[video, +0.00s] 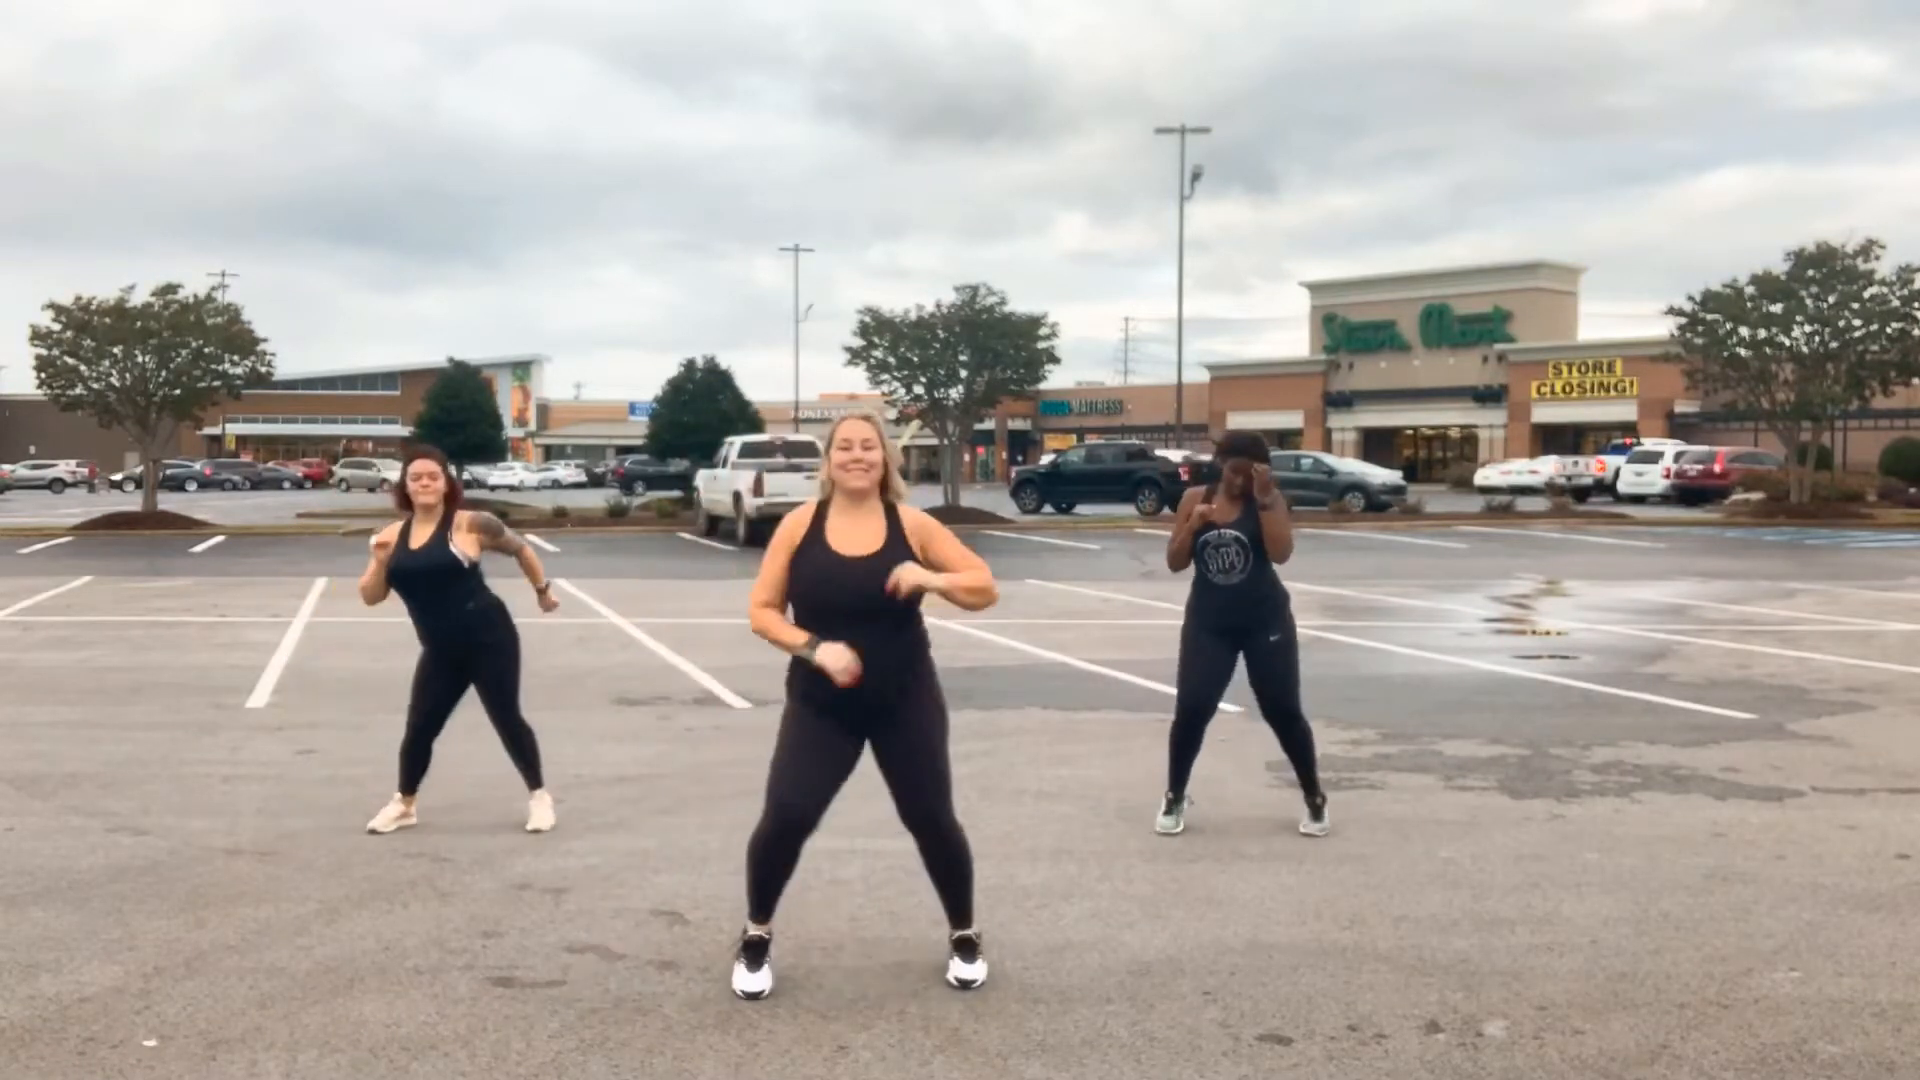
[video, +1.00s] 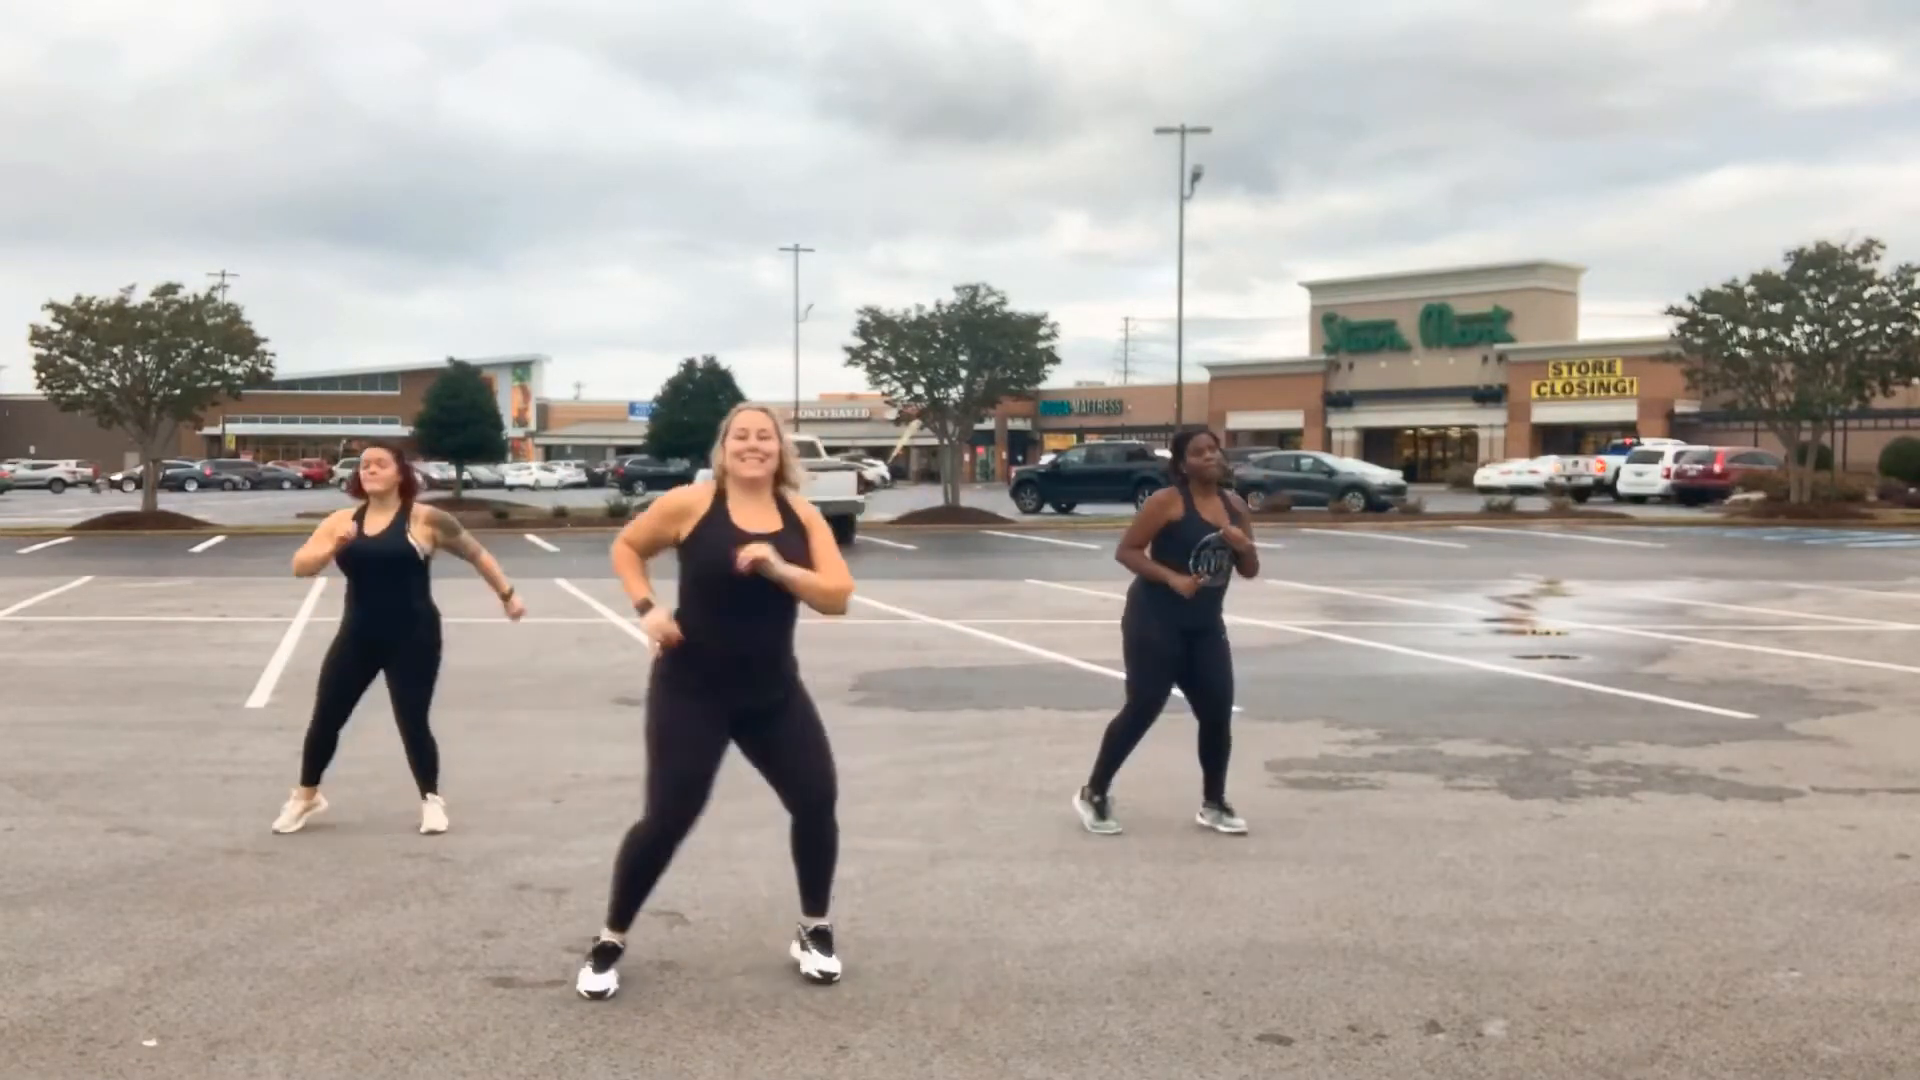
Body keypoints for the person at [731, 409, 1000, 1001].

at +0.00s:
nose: (856, 455)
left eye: (867, 446)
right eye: (844, 447)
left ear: (886, 458)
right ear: (827, 460)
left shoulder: (913, 524)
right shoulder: (800, 525)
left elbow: (984, 589)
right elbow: (761, 611)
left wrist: (932, 579)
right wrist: (814, 647)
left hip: (906, 701)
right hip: (821, 704)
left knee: (931, 820)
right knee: (784, 821)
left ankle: (964, 938)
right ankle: (756, 936)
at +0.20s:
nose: (840, 457)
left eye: (851, 448)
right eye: (828, 448)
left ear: (868, 461)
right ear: (810, 462)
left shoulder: (893, 528)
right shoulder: (779, 523)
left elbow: (917, 618)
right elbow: (718, 574)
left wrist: (871, 583)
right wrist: (737, 636)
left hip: (874, 704)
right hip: (792, 706)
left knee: (922, 822)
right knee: (796, 835)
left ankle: (960, 936)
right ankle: (761, 947)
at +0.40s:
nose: (808, 441)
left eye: (819, 432)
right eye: (797, 433)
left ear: (836, 446)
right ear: (778, 446)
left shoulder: (864, 515)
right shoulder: (749, 513)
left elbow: (905, 593)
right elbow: (685, 584)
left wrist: (879, 654)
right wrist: (753, 587)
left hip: (842, 694)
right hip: (759, 695)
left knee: (872, 812)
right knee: (760, 820)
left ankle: (872, 921)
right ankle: (757, 945)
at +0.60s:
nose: (789, 456)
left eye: (800, 448)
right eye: (778, 448)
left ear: (817, 462)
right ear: (760, 461)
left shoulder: (843, 518)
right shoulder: (731, 520)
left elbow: (921, 552)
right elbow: (716, 590)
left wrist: (891, 625)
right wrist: (802, 571)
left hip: (830, 697)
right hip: (752, 699)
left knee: (812, 822)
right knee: (751, 819)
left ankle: (814, 939)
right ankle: (755, 944)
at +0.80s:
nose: (780, 458)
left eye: (791, 449)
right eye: (769, 449)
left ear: (809, 463)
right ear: (750, 462)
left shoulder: (832, 531)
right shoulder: (722, 528)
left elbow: (883, 607)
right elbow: (676, 615)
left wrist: (854, 619)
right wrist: (729, 672)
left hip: (817, 703)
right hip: (737, 700)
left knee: (824, 825)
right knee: (729, 818)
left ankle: (816, 938)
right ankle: (709, 934)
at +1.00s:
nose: (752, 443)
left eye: (764, 435)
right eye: (740, 435)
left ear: (781, 451)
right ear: (721, 450)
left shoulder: (804, 516)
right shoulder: (689, 504)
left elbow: (838, 596)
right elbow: (627, 547)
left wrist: (781, 570)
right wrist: (647, 607)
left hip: (771, 689)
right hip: (690, 687)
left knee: (817, 801)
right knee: (668, 819)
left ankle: (816, 930)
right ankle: (611, 941)